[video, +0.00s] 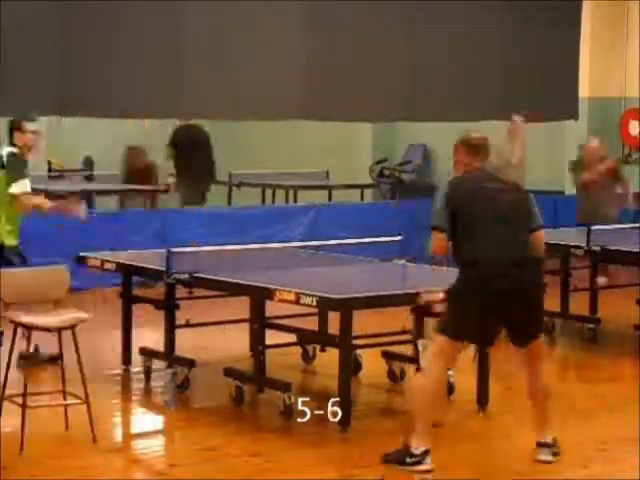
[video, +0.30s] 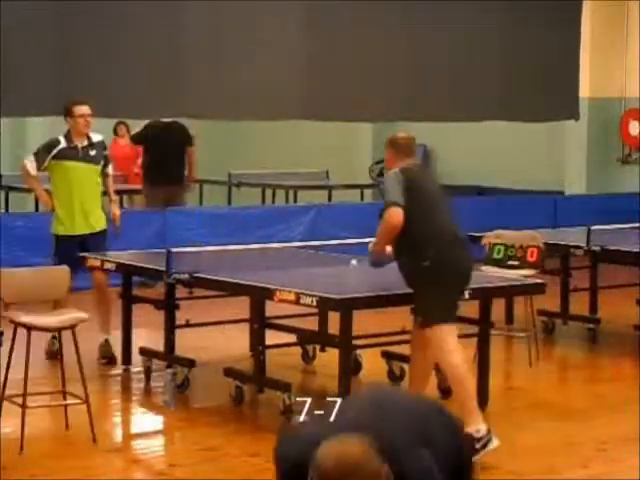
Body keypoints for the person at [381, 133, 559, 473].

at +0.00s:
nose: (454, 165)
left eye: (456, 159)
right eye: (456, 159)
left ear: (464, 158)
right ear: (485, 157)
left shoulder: (453, 188)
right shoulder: (516, 189)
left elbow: (439, 246)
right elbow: (538, 242)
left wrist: (466, 242)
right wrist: (526, 272)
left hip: (477, 282)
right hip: (524, 282)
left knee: (438, 359)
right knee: (535, 359)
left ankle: (418, 448)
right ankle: (545, 441)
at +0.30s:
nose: (386, 162)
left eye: (386, 157)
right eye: (388, 157)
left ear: (390, 155)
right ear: (413, 154)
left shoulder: (395, 175)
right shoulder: (426, 175)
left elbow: (395, 216)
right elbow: (425, 222)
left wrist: (379, 245)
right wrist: (394, 246)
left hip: (436, 265)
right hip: (454, 261)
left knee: (444, 346)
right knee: (421, 339)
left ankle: (476, 427)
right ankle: (410, 408)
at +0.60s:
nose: (361, 178)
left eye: (363, 173)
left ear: (367, 169)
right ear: (386, 168)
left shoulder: (373, 173)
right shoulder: (399, 186)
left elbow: (379, 204)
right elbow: (392, 241)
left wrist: (363, 244)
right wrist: (352, 243)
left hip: (429, 244)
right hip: (424, 254)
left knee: (449, 313)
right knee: (420, 332)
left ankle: (491, 378)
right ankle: (411, 391)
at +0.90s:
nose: (355, 188)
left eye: (355, 184)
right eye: (357, 186)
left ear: (361, 178)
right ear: (379, 178)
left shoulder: (366, 182)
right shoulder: (398, 204)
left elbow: (372, 203)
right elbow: (385, 274)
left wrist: (361, 241)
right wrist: (353, 272)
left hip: (424, 237)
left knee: (448, 301)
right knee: (421, 336)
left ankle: (501, 361)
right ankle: (411, 415)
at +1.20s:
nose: (360, 178)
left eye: (360, 175)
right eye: (362, 175)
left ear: (366, 170)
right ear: (385, 171)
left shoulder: (370, 177)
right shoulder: (400, 194)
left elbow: (375, 200)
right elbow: (401, 255)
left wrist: (362, 241)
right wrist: (366, 273)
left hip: (424, 244)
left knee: (442, 313)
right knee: (418, 335)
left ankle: (483, 386)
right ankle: (410, 415)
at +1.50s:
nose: (462, 131)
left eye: (464, 125)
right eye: (465, 124)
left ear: (470, 125)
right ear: (498, 127)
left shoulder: (465, 165)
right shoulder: (524, 168)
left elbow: (452, 218)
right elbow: (539, 221)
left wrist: (436, 221)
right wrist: (503, 222)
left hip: (479, 277)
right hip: (522, 278)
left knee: (454, 354)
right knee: (518, 356)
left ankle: (436, 442)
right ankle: (523, 442)